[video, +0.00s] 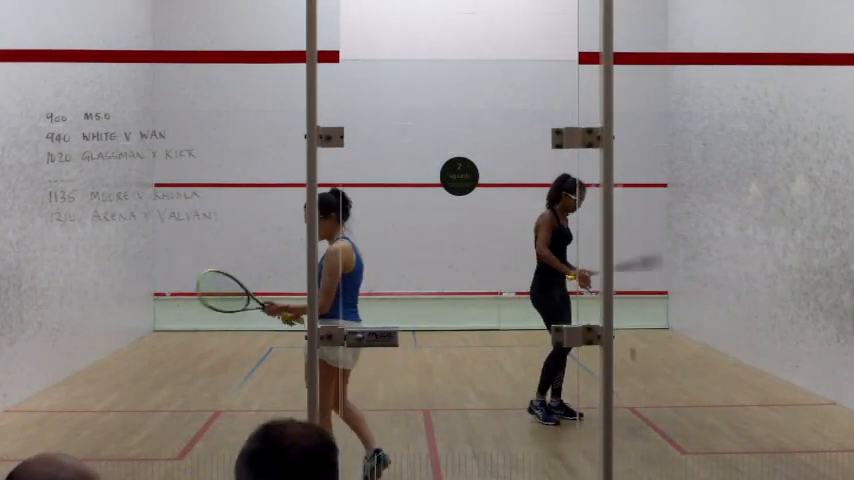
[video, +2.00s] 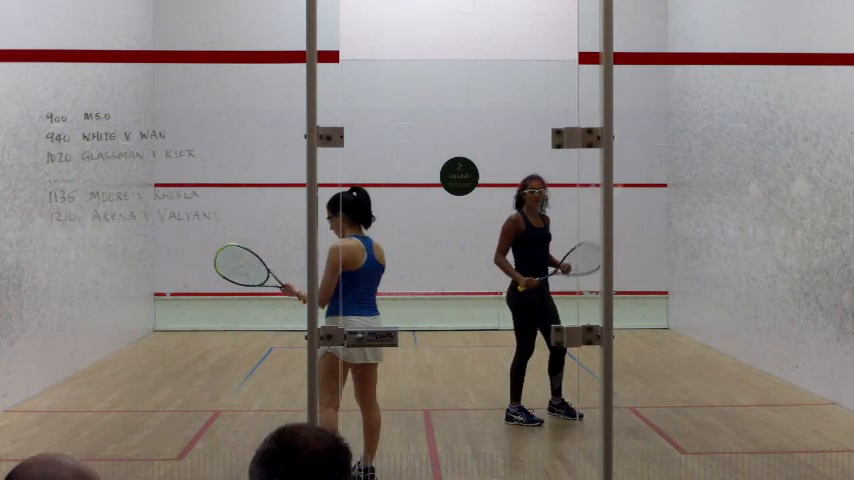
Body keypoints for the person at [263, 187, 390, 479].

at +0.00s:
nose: (311, 226)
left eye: (314, 219)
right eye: (310, 219)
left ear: (330, 217)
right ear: (337, 218)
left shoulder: (336, 252)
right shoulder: (348, 248)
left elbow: (323, 304)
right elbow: (334, 303)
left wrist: (284, 308)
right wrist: (299, 313)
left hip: (333, 338)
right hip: (349, 336)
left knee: (321, 406)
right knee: (340, 401)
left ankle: (319, 463)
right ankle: (374, 452)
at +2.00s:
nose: (329, 225)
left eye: (330, 219)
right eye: (329, 219)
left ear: (342, 217)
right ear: (359, 217)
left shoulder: (340, 250)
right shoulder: (377, 250)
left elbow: (323, 298)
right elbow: (363, 294)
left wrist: (300, 294)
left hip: (339, 332)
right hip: (370, 331)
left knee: (328, 404)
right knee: (368, 401)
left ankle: (327, 467)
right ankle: (367, 466)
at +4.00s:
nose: (304, 256)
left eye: (304, 250)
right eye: (334, 238)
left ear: (305, 248)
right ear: (332, 241)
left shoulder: (320, 270)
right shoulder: (354, 261)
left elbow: (334, 318)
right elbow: (355, 309)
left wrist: (324, 341)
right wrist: (327, 335)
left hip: (364, 340)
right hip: (391, 335)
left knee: (328, 402)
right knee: (373, 397)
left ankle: (329, 465)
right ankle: (384, 461)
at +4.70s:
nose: (332, 248)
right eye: (330, 245)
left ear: (299, 252)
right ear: (327, 246)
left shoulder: (304, 273)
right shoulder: (350, 265)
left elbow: (307, 320)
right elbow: (350, 311)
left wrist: (308, 342)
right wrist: (315, 339)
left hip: (344, 336)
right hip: (378, 332)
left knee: (312, 405)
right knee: (370, 396)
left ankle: (326, 463)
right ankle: (382, 461)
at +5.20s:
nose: (332, 246)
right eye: (331, 243)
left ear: (300, 250)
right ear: (327, 244)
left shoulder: (304, 273)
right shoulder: (351, 263)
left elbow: (309, 318)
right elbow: (352, 308)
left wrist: (310, 341)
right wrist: (316, 338)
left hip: (346, 334)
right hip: (380, 330)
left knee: (317, 404)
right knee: (374, 396)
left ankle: (323, 464)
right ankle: (382, 461)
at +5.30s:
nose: (332, 246)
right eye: (331, 243)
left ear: (301, 250)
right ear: (327, 245)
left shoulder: (305, 273)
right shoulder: (351, 263)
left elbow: (311, 319)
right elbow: (355, 308)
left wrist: (312, 343)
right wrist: (318, 339)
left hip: (349, 333)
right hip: (382, 329)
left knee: (319, 404)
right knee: (374, 396)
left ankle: (323, 464)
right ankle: (382, 461)